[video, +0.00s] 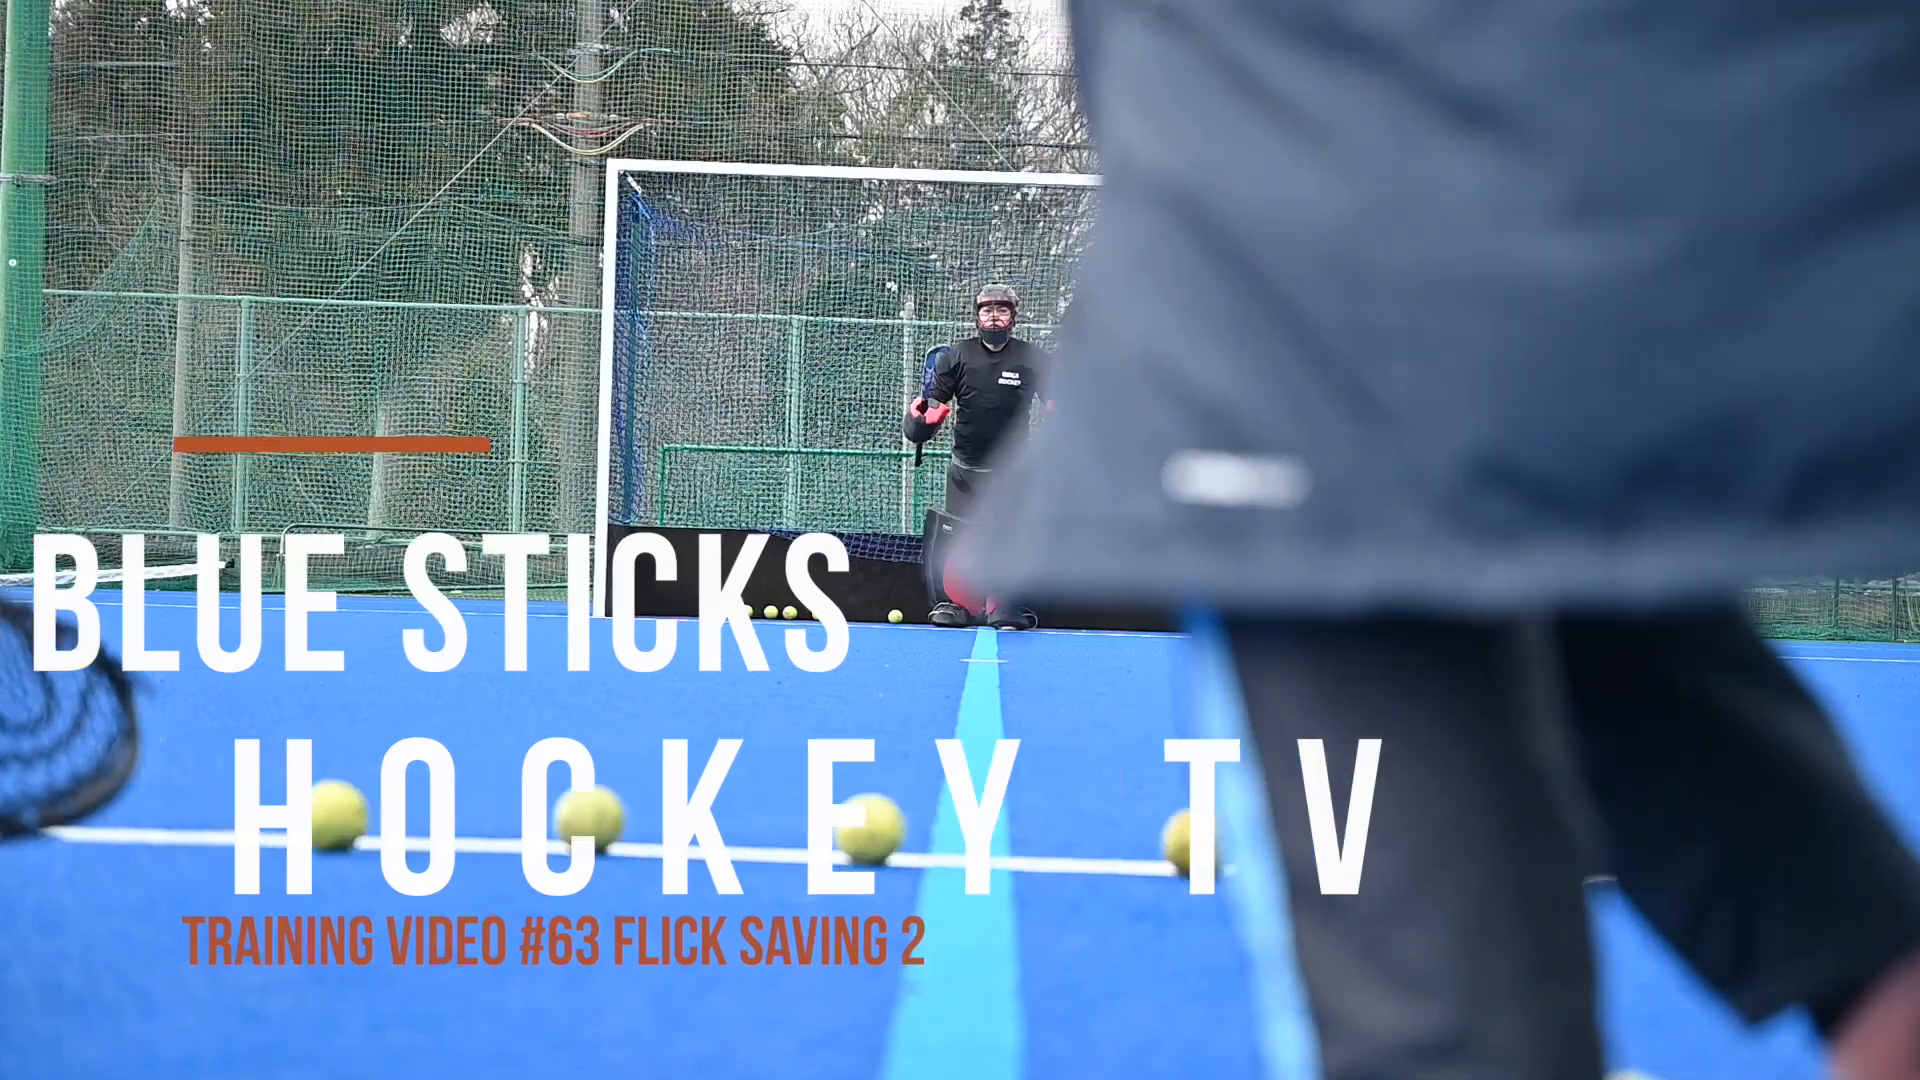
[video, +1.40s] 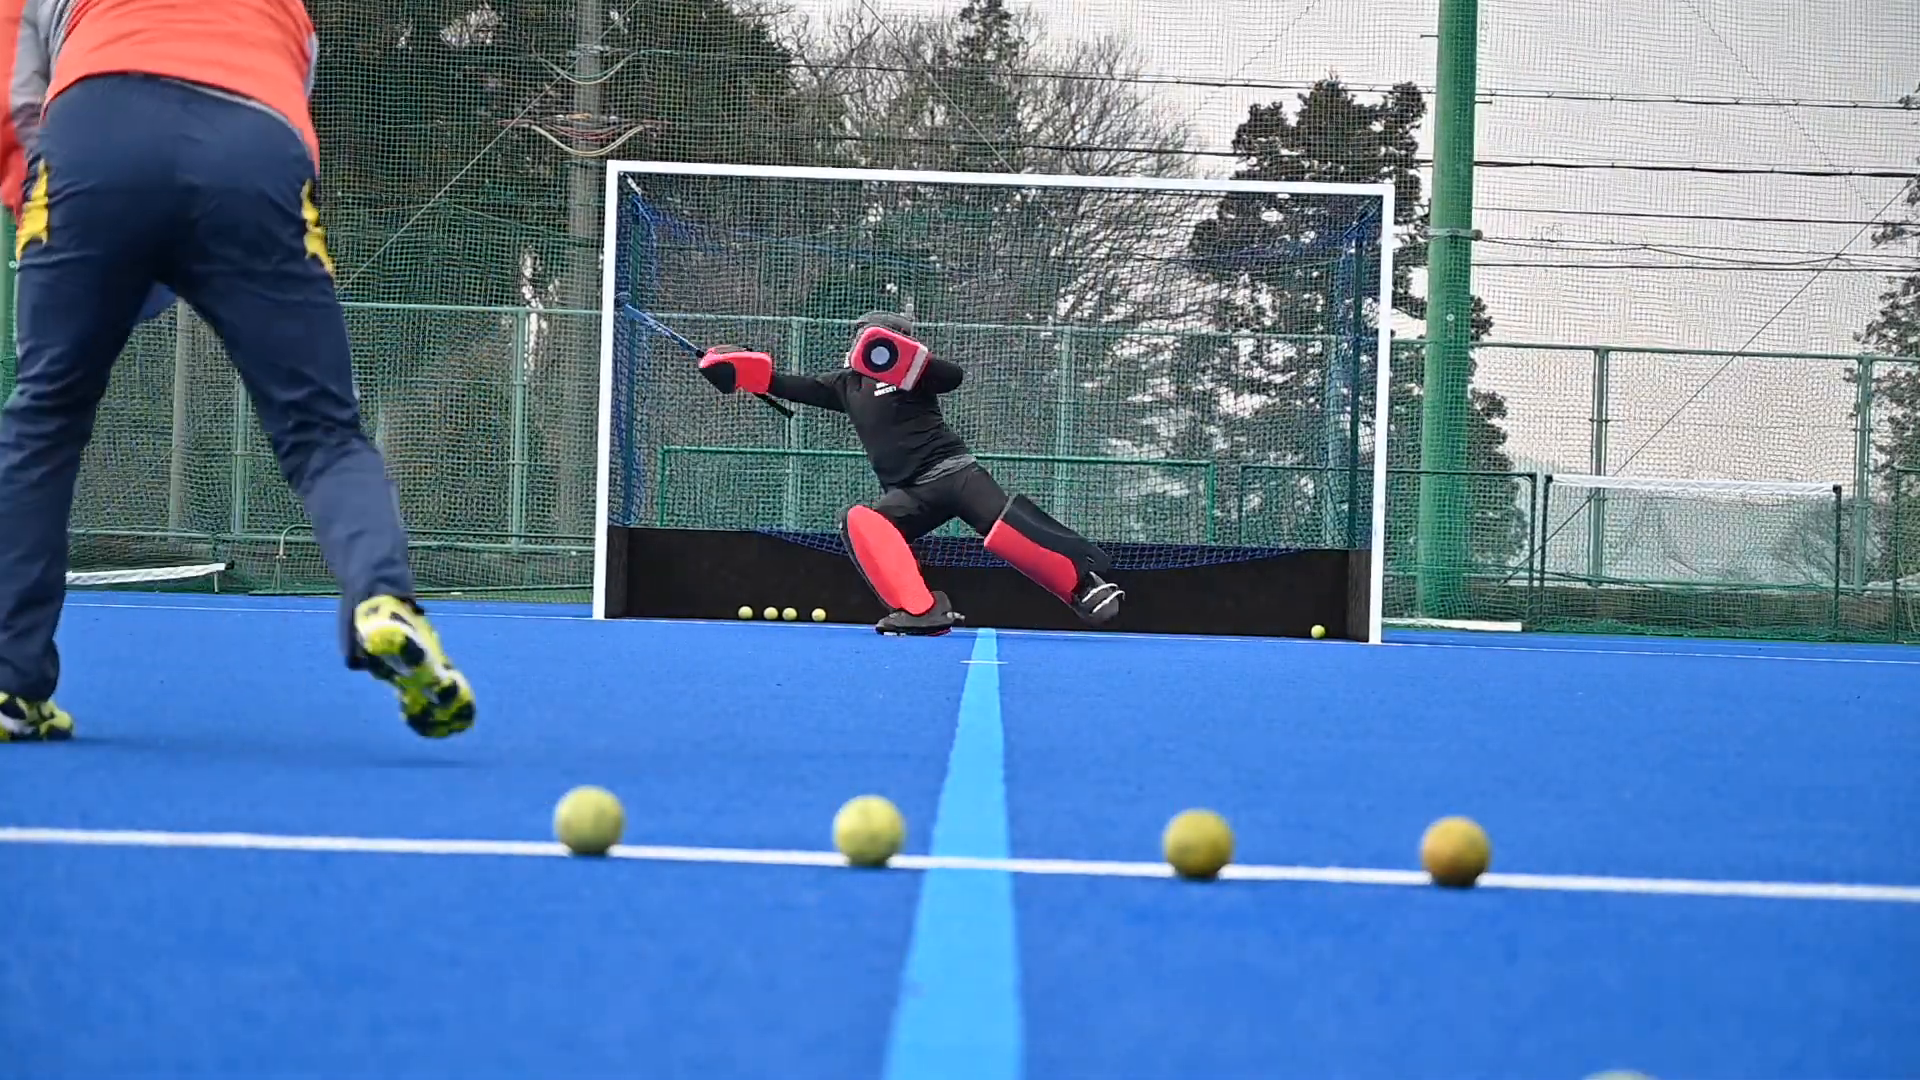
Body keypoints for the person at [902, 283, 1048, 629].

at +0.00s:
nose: (994, 315)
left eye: (1001, 309)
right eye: (987, 309)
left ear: (1013, 315)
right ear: (976, 315)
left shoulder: (1031, 359)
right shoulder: (956, 356)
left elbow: (1063, 401)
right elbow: (931, 405)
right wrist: (922, 423)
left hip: (1012, 462)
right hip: (965, 462)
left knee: (1008, 532)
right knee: (958, 532)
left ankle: (1010, 606)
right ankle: (957, 603)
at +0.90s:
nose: (993, 293)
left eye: (1001, 286)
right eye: (986, 286)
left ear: (1013, 293)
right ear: (975, 293)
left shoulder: (1037, 330)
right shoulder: (956, 335)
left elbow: (1083, 347)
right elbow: (914, 365)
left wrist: (1081, 365)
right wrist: (903, 389)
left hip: (1021, 457)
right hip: (970, 453)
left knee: (1027, 530)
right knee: (949, 522)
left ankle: (1024, 608)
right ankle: (946, 602)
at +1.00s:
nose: (994, 298)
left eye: (1001, 291)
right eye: (986, 291)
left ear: (1013, 297)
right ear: (975, 297)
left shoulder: (1034, 325)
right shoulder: (957, 332)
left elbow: (1086, 328)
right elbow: (916, 352)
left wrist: (1076, 355)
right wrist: (905, 380)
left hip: (1026, 449)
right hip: (976, 447)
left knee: (1042, 515)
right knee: (945, 504)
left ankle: (1046, 594)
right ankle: (931, 587)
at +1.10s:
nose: (990, 314)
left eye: (998, 307)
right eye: (982, 307)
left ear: (1011, 313)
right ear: (971, 314)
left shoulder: (1036, 351)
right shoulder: (957, 357)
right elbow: (935, 399)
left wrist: (1056, 399)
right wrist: (911, 423)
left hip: (1028, 464)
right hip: (974, 463)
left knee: (1063, 526)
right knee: (939, 511)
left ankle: (1098, 612)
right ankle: (909, 596)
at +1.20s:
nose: (967, 333)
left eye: (976, 326)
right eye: (961, 327)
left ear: (992, 332)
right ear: (953, 333)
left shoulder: (1019, 372)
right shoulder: (945, 379)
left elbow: (1036, 418)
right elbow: (927, 430)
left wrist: (997, 403)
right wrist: (884, 428)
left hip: (1024, 486)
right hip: (971, 487)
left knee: (1066, 540)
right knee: (934, 504)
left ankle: (1110, 617)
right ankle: (909, 600)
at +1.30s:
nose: (914, 340)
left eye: (924, 333)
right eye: (911, 333)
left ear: (945, 340)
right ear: (907, 339)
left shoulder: (966, 370)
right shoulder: (899, 383)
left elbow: (990, 402)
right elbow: (860, 416)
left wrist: (944, 384)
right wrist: (818, 405)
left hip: (996, 477)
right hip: (947, 492)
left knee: (1044, 540)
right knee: (900, 517)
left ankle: (1109, 609)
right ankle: (924, 608)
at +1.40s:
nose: (867, 348)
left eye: (878, 343)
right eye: (863, 343)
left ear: (898, 345)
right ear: (857, 348)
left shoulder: (915, 373)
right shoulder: (843, 385)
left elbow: (952, 379)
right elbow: (785, 386)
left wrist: (905, 357)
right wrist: (733, 369)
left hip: (954, 470)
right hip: (907, 493)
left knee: (1005, 524)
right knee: (862, 522)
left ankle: (1087, 588)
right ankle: (922, 607)